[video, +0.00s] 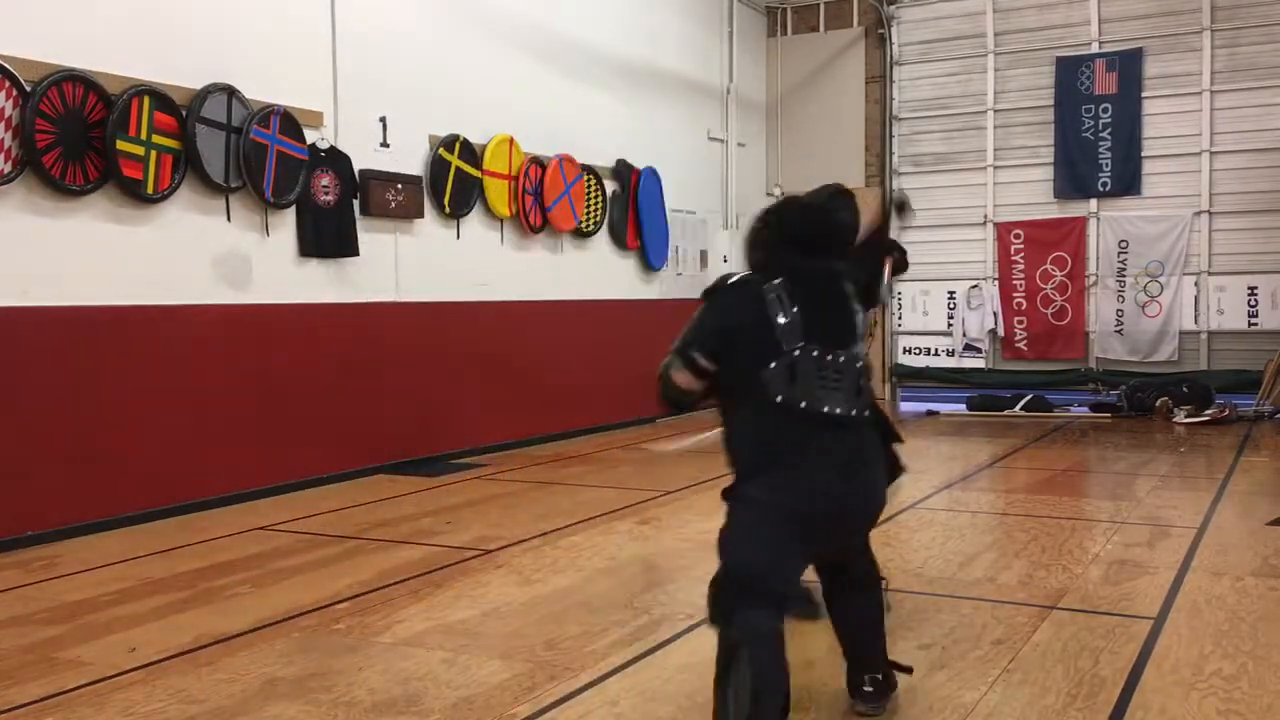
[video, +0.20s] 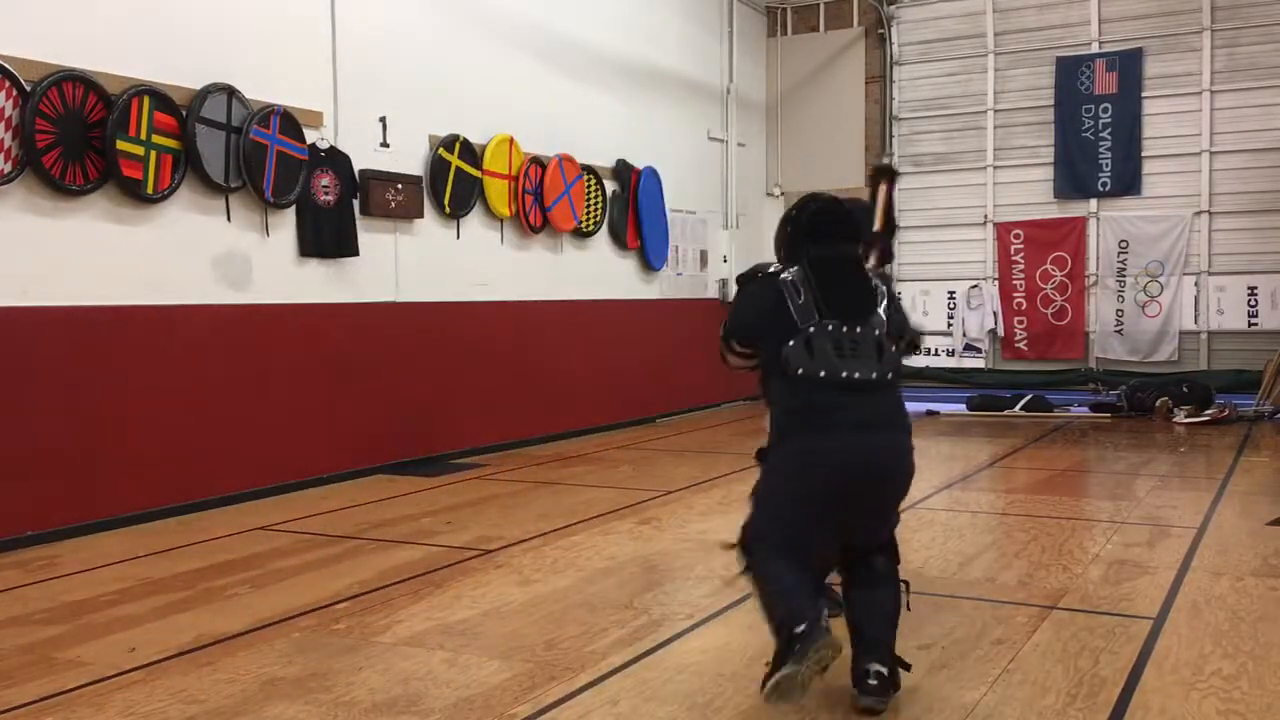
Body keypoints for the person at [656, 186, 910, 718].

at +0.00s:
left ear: (759, 246)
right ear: (817, 247)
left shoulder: (734, 299)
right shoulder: (842, 288)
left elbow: (678, 384)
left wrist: (738, 374)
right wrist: (818, 207)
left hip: (775, 478)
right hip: (857, 471)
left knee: (749, 601)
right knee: (847, 557)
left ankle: (755, 705)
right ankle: (871, 679)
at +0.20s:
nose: (779, 245)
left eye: (783, 237)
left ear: (792, 242)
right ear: (852, 242)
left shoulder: (772, 290)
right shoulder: (880, 292)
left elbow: (739, 354)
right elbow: (901, 342)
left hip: (809, 453)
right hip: (886, 450)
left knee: (770, 541)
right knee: (872, 546)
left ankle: (803, 628)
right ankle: (875, 665)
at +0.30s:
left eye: (779, 231)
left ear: (784, 236)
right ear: (845, 232)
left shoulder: (771, 281)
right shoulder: (874, 270)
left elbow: (743, 335)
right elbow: (931, 296)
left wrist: (749, 280)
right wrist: (892, 252)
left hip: (812, 433)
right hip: (888, 431)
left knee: (782, 504)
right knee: (877, 536)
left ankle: (799, 616)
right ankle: (882, 653)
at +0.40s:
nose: (783, 235)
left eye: (780, 226)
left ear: (774, 230)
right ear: (826, 218)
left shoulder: (765, 281)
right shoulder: (868, 259)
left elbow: (757, 321)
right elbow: (934, 292)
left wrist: (759, 273)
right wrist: (922, 257)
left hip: (809, 425)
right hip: (880, 420)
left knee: (787, 509)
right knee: (882, 516)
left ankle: (778, 609)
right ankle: (896, 602)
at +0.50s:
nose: (839, 223)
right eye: (833, 217)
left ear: (777, 235)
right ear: (830, 225)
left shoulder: (769, 280)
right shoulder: (857, 267)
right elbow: (918, 289)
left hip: (801, 419)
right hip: (864, 415)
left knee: (787, 508)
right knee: (887, 496)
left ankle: (779, 607)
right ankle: (892, 578)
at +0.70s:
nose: (904, 256)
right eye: (901, 247)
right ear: (852, 230)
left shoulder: (817, 277)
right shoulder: (862, 260)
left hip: (800, 399)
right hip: (850, 402)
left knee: (796, 491)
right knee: (895, 472)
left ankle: (754, 550)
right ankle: (878, 565)